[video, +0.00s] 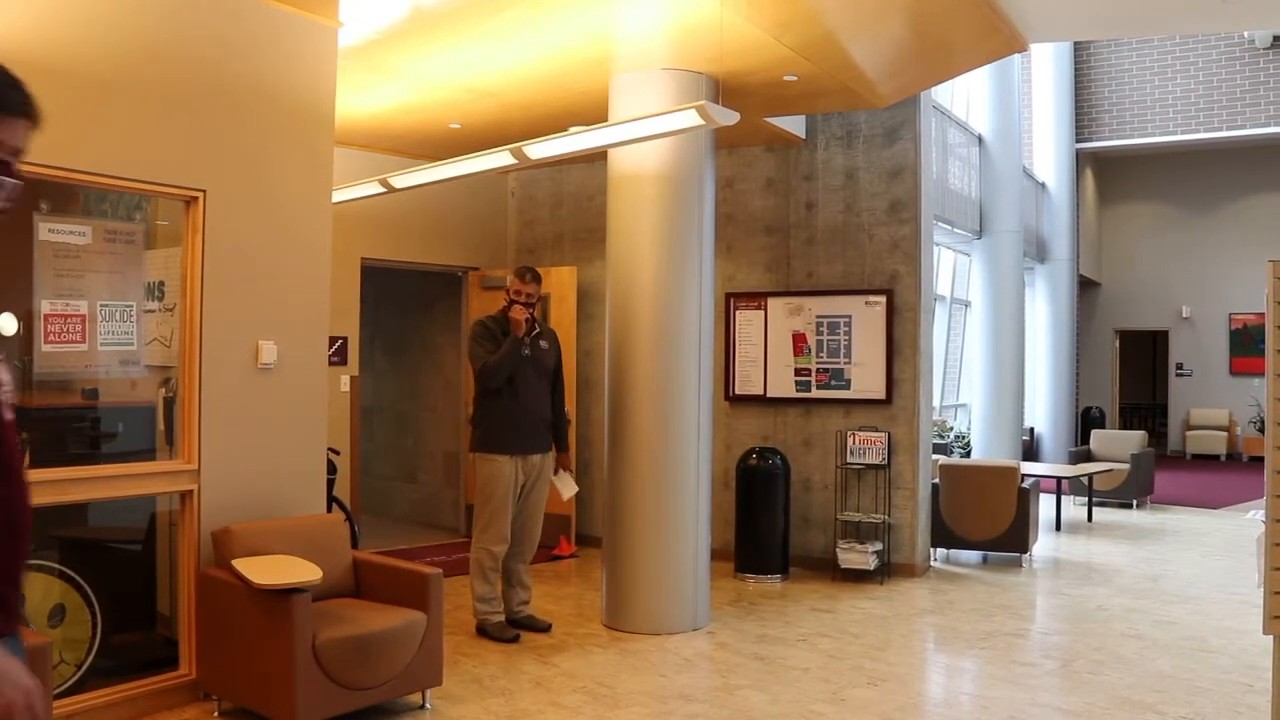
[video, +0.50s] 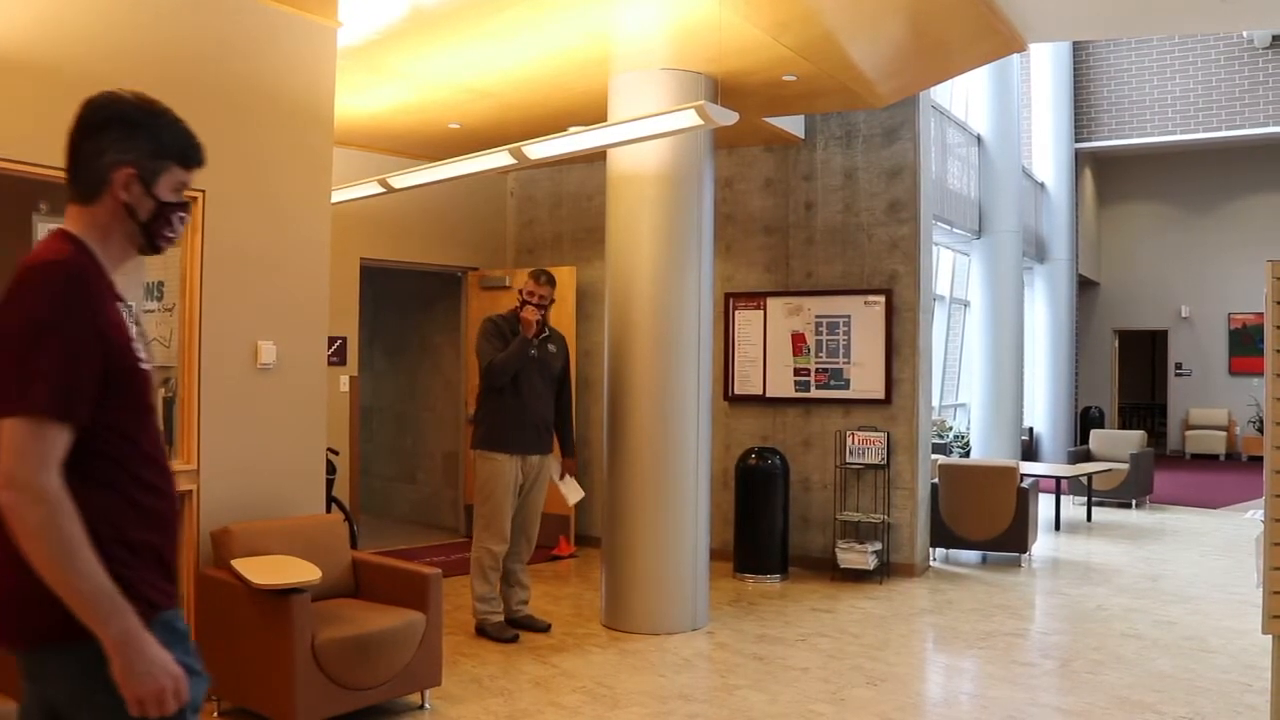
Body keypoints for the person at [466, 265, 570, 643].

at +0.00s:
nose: (523, 303)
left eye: (530, 298)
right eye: (518, 296)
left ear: (539, 297)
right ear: (507, 292)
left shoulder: (548, 337)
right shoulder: (486, 329)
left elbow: (556, 397)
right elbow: (488, 378)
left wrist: (562, 447)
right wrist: (517, 335)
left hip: (539, 449)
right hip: (496, 448)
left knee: (525, 538)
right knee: (492, 537)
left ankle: (517, 609)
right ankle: (488, 616)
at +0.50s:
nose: (535, 304)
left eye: (543, 299)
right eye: (531, 296)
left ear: (552, 302)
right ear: (520, 292)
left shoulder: (556, 339)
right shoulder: (495, 327)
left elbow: (562, 400)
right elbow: (492, 376)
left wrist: (568, 452)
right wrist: (526, 335)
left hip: (539, 449)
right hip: (497, 447)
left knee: (524, 537)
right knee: (493, 536)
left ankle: (516, 609)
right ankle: (487, 616)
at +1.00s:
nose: (538, 304)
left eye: (546, 300)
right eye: (534, 297)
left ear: (557, 303)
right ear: (525, 292)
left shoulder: (561, 343)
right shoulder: (499, 327)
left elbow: (566, 403)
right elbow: (497, 376)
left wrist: (569, 455)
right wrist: (531, 337)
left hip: (542, 451)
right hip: (500, 448)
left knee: (525, 538)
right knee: (494, 537)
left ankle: (517, 609)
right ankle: (488, 616)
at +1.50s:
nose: (541, 306)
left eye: (550, 301)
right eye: (537, 298)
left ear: (560, 303)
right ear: (527, 296)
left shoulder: (565, 349)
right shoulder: (498, 334)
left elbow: (569, 407)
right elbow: (466, 383)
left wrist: (574, 458)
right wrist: (483, 427)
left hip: (540, 456)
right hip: (497, 452)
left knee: (521, 538)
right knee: (487, 539)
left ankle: (515, 611)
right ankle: (477, 621)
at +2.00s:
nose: (503, 302)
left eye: (510, 296)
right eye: (497, 295)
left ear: (519, 297)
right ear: (484, 295)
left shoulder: (534, 341)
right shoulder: (461, 343)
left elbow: (551, 397)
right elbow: (434, 398)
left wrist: (570, 445)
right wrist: (424, 447)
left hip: (523, 458)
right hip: (471, 457)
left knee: (521, 539)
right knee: (468, 546)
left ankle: (515, 608)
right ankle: (463, 629)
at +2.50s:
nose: (481, 300)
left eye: (489, 293)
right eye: (474, 292)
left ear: (501, 291)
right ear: (462, 290)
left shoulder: (522, 334)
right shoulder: (444, 338)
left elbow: (561, 376)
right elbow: (426, 397)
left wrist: (614, 392)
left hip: (513, 461)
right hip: (460, 462)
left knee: (518, 554)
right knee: (454, 557)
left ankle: (526, 648)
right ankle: (441, 658)